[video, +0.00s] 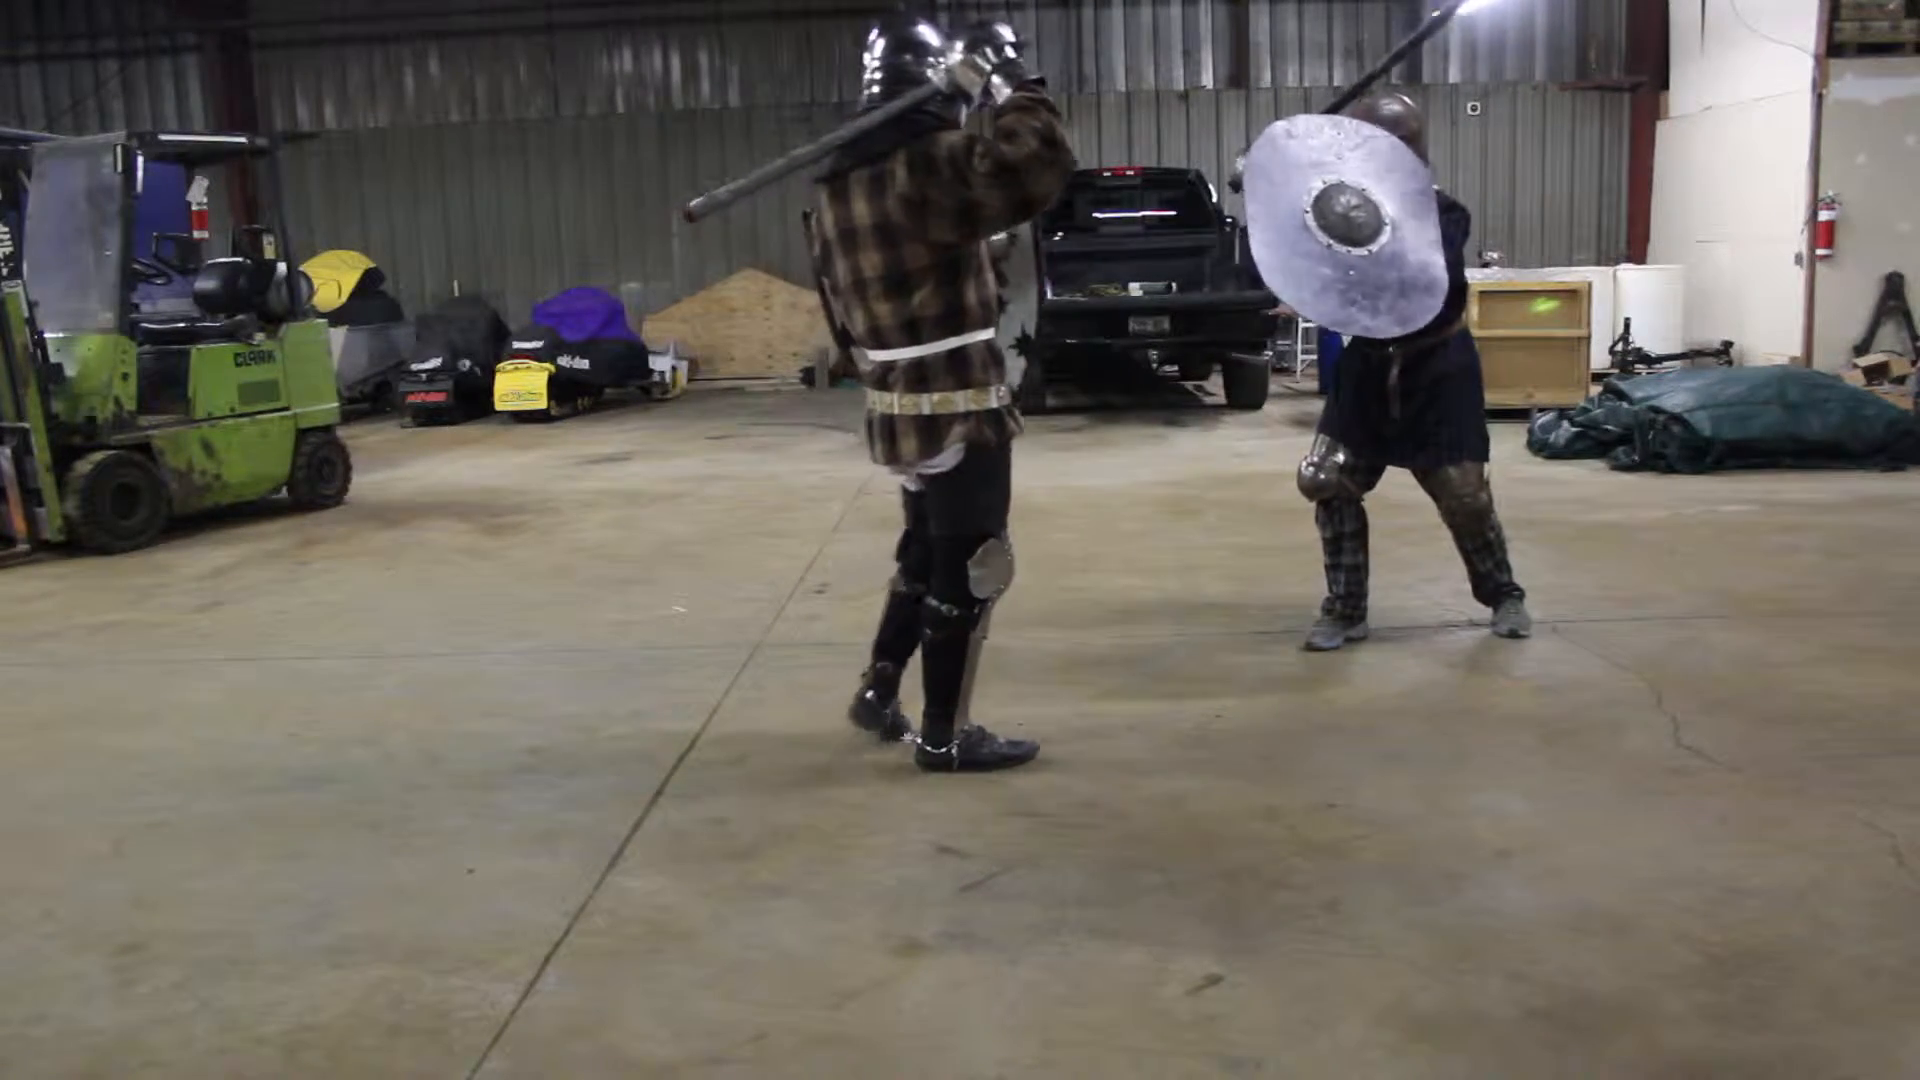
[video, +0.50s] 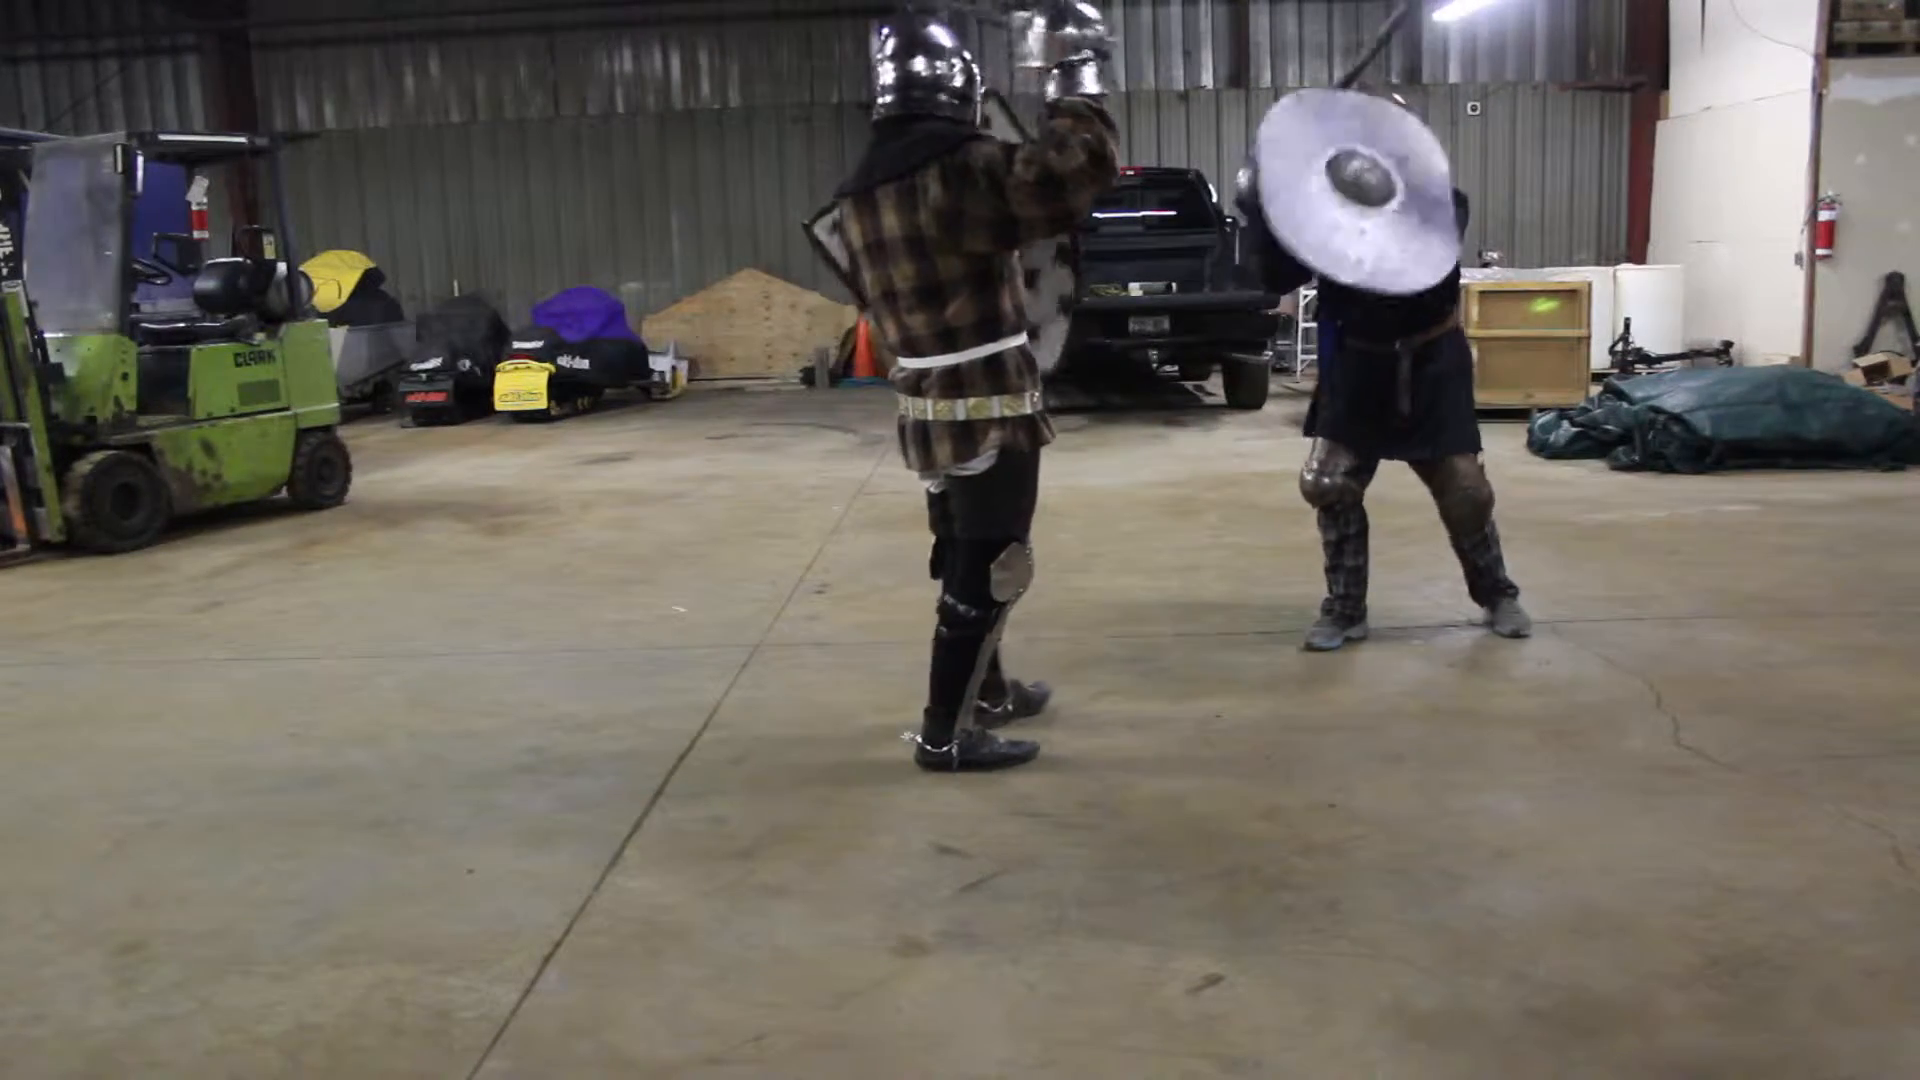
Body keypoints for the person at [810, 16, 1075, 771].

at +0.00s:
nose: (954, 101)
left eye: (952, 86)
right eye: (949, 85)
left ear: (870, 86)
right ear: (929, 86)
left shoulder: (835, 181)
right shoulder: (931, 163)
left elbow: (837, 304)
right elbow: (1035, 157)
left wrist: (868, 366)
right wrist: (1014, 84)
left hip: (901, 407)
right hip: (963, 408)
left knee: (925, 549)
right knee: (967, 568)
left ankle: (878, 691)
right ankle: (946, 732)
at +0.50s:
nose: (975, 97)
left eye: (970, 85)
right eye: (969, 84)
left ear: (886, 92)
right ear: (957, 86)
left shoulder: (863, 193)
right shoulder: (968, 169)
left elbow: (873, 297)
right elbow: (1074, 173)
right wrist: (1076, 78)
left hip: (927, 408)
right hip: (991, 408)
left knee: (965, 554)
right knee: (984, 573)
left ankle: (987, 688)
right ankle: (946, 732)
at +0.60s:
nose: (977, 105)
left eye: (972, 91)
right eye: (970, 92)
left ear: (890, 98)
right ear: (958, 95)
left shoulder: (870, 192)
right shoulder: (963, 179)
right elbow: (1081, 167)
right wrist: (1108, 82)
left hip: (928, 407)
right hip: (990, 410)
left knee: (968, 550)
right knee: (993, 572)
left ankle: (985, 687)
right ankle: (948, 732)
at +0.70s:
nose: (976, 101)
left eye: (968, 86)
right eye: (968, 87)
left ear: (890, 93)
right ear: (953, 91)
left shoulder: (870, 182)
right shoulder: (961, 176)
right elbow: (1100, 158)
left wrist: (1010, 137)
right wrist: (1114, 74)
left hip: (932, 406)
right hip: (991, 408)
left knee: (970, 549)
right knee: (998, 572)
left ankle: (985, 688)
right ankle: (949, 731)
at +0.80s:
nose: (980, 98)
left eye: (971, 84)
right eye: (971, 85)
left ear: (894, 93)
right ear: (958, 92)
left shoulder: (877, 180)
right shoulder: (960, 173)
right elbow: (1098, 178)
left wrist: (1015, 135)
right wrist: (1129, 106)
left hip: (931, 407)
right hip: (991, 411)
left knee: (972, 551)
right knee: (998, 572)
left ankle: (986, 688)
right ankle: (947, 730)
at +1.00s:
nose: (998, 105)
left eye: (990, 92)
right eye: (990, 92)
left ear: (909, 102)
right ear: (980, 96)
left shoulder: (886, 191)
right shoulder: (994, 181)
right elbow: (1108, 238)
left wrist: (1081, 184)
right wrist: (1135, 175)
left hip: (931, 412)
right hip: (997, 415)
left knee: (988, 545)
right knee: (1006, 575)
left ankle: (987, 676)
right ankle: (948, 731)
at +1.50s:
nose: (1023, 123)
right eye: (1019, 111)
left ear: (942, 115)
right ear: (1014, 114)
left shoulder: (918, 196)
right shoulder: (1014, 198)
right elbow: (1127, 262)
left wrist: (1100, 202)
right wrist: (1155, 201)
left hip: (935, 419)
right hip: (995, 423)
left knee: (999, 549)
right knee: (1057, 573)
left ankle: (1009, 671)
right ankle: (955, 718)